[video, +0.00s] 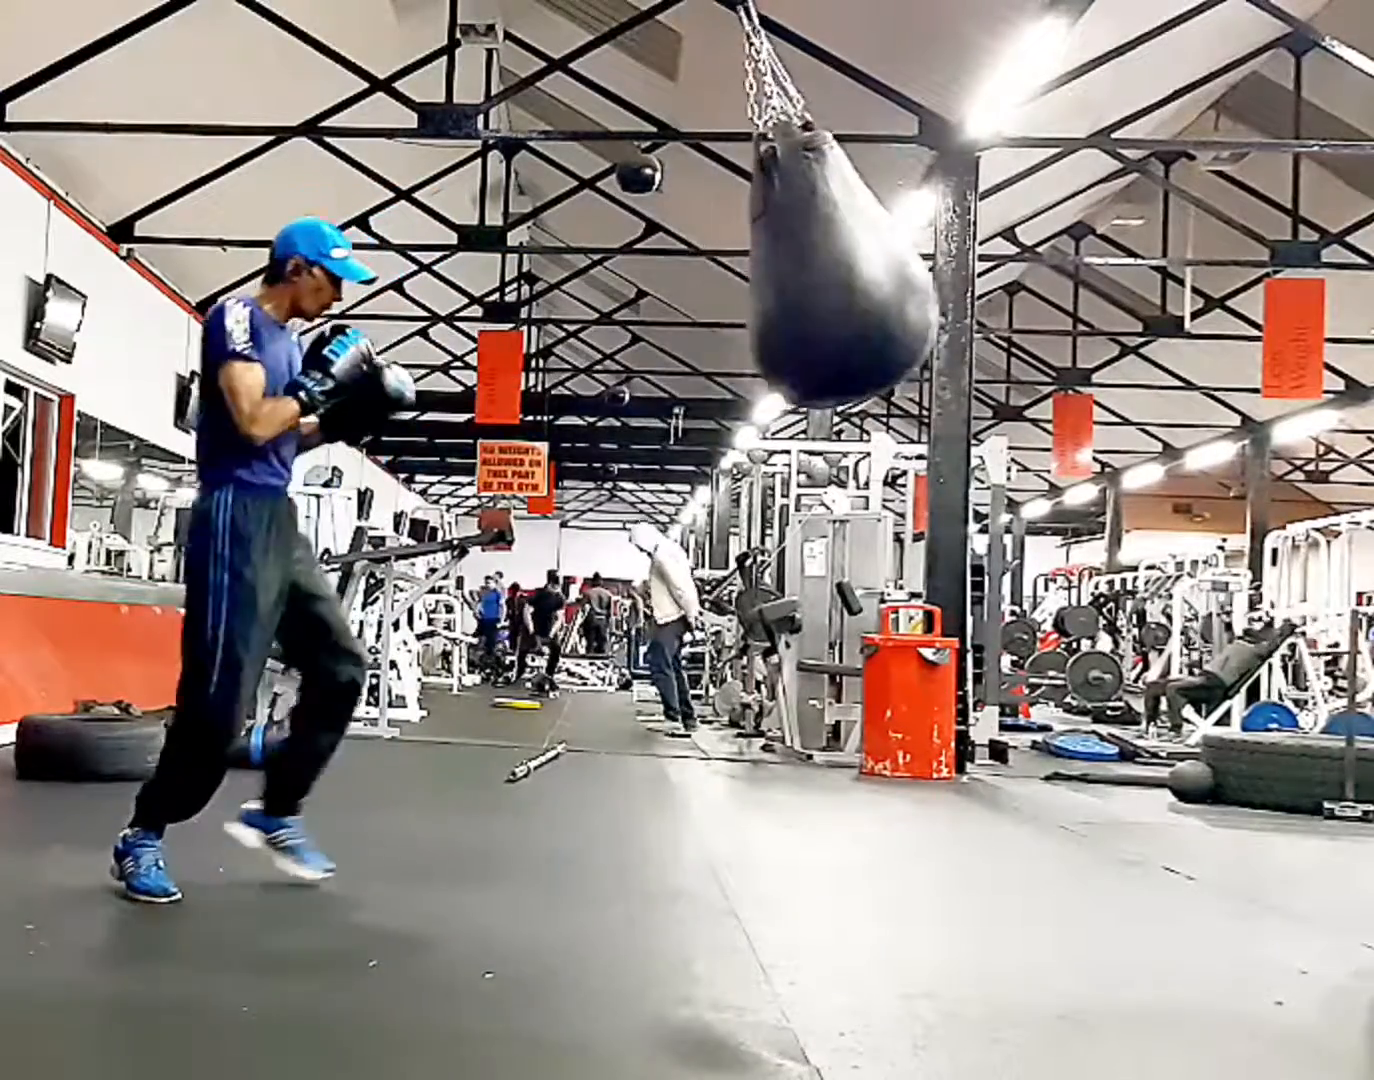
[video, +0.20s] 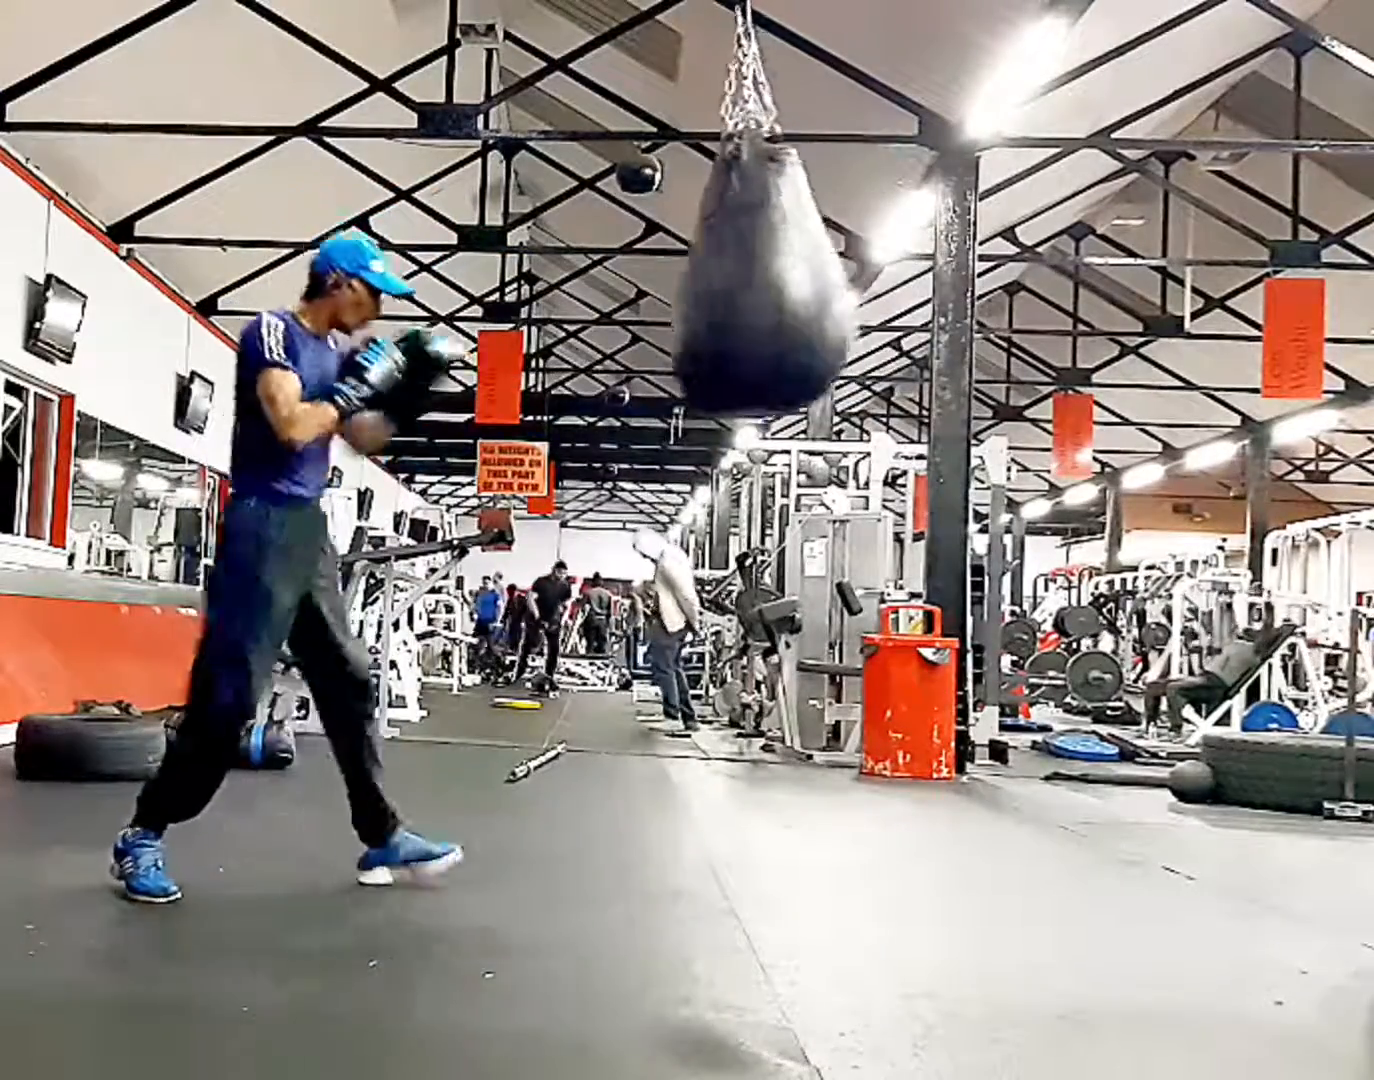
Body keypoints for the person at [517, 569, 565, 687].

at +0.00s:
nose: (554, 587)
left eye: (556, 584)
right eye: (552, 583)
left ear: (559, 585)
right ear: (548, 583)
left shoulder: (559, 598)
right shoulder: (538, 594)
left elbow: (559, 618)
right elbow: (527, 610)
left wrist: (551, 633)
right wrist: (530, 629)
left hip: (549, 633)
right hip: (533, 631)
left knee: (556, 649)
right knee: (522, 651)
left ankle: (549, 675)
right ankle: (518, 675)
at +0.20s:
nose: (560, 575)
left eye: (563, 572)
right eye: (558, 571)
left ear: (566, 573)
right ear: (553, 570)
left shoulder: (565, 587)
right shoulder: (541, 582)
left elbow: (565, 605)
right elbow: (530, 598)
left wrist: (560, 620)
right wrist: (537, 617)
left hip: (553, 621)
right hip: (537, 619)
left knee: (554, 650)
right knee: (527, 647)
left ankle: (549, 676)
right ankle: (518, 674)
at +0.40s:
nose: (564, 565)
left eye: (566, 562)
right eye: (562, 562)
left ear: (569, 564)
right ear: (557, 562)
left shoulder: (568, 582)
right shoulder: (545, 576)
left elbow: (567, 601)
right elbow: (535, 592)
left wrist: (569, 616)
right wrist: (541, 607)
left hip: (557, 615)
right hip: (542, 615)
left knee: (554, 648)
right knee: (536, 645)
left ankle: (549, 675)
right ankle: (525, 672)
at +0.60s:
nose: (567, 563)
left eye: (569, 561)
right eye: (565, 560)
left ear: (570, 562)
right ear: (559, 560)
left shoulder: (570, 580)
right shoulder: (547, 575)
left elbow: (574, 597)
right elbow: (538, 592)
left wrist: (577, 609)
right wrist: (545, 607)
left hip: (562, 614)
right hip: (548, 613)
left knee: (557, 646)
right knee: (548, 644)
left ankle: (551, 676)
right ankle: (544, 676)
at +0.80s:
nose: (568, 564)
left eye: (570, 561)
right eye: (565, 561)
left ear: (572, 563)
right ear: (560, 561)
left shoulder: (573, 579)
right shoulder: (551, 576)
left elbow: (576, 595)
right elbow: (542, 592)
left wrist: (578, 609)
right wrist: (548, 610)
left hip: (566, 613)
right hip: (554, 612)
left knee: (561, 644)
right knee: (556, 645)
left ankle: (551, 671)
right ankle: (557, 676)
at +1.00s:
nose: (570, 565)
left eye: (571, 562)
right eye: (567, 562)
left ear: (573, 563)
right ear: (562, 561)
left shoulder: (576, 578)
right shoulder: (553, 577)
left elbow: (578, 595)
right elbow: (547, 596)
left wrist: (578, 609)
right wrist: (554, 614)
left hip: (571, 616)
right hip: (559, 616)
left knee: (565, 648)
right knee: (560, 649)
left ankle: (552, 674)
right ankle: (562, 680)